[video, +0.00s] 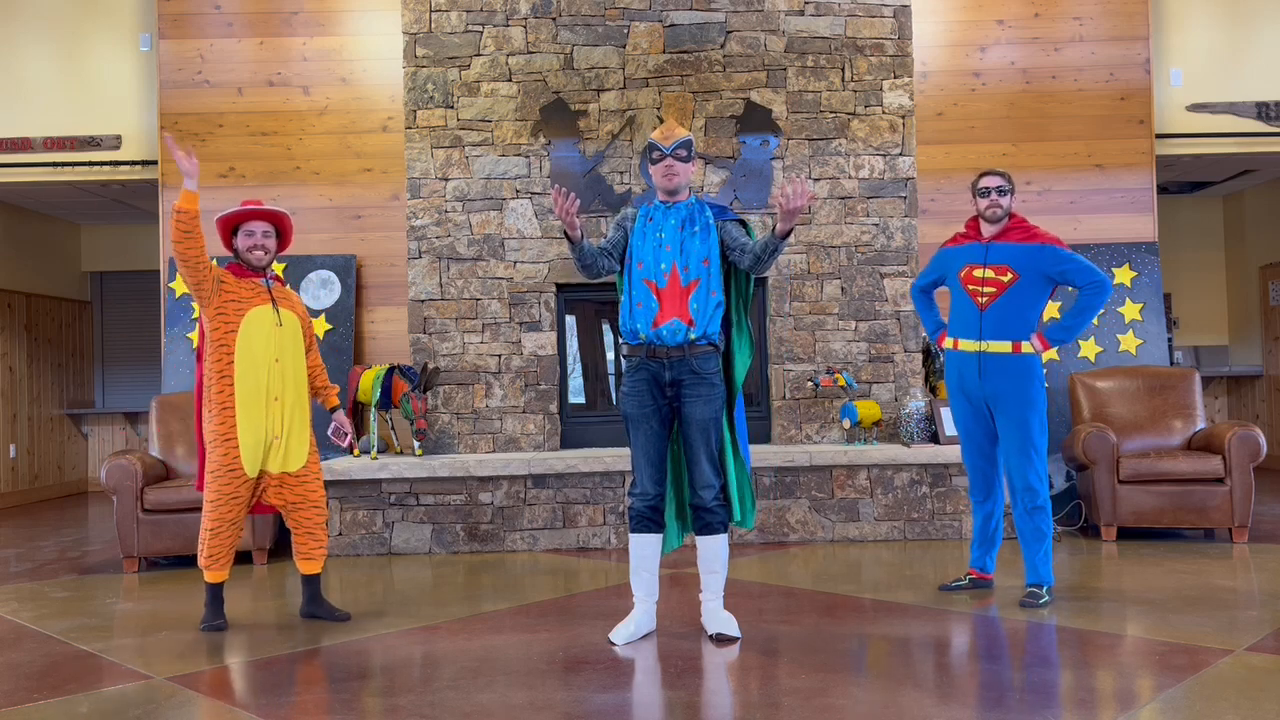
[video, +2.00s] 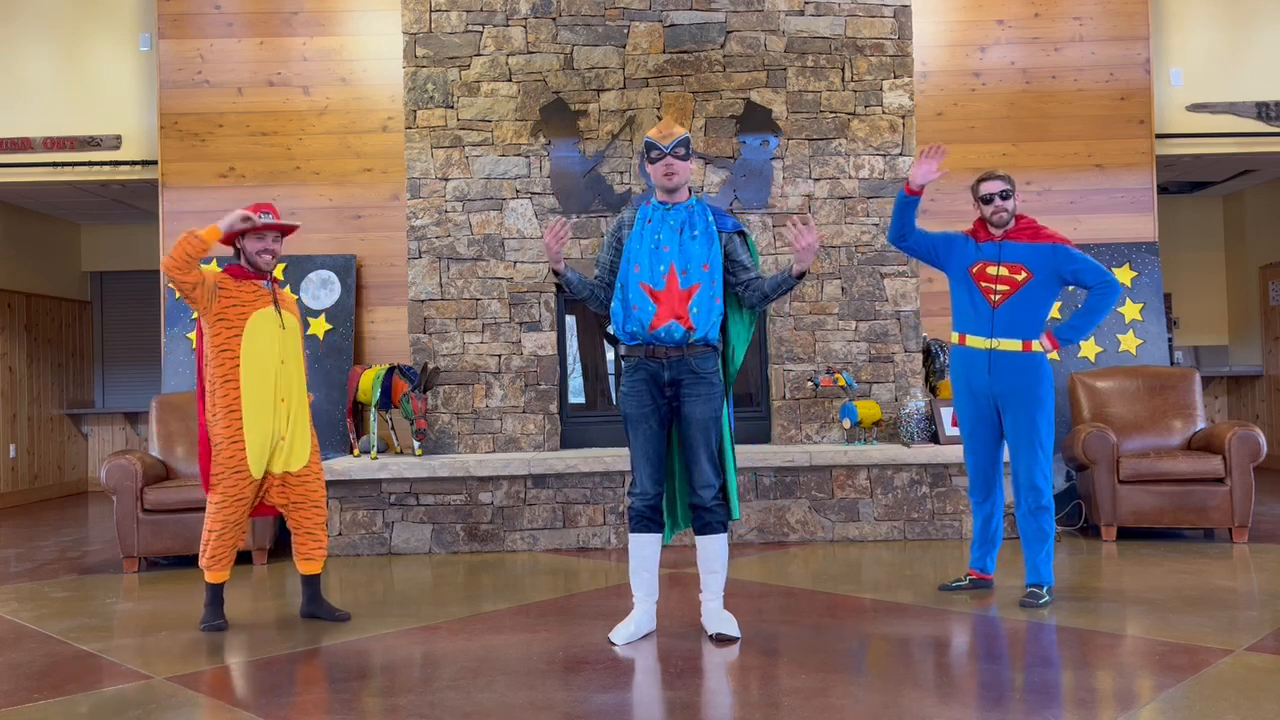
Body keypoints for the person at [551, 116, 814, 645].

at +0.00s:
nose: (671, 165)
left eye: (681, 157)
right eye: (661, 158)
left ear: (696, 166)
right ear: (648, 168)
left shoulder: (717, 217)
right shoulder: (632, 217)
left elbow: (752, 261)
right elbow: (597, 265)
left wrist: (781, 230)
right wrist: (576, 237)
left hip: (700, 365)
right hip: (642, 367)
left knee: (707, 485)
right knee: (646, 488)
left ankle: (714, 607)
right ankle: (644, 609)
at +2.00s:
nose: (670, 165)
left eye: (679, 156)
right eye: (659, 157)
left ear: (694, 165)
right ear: (646, 167)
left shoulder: (717, 222)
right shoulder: (628, 223)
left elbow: (751, 292)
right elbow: (599, 294)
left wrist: (798, 267)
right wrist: (560, 267)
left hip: (698, 365)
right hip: (639, 365)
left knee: (706, 485)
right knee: (646, 488)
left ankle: (714, 608)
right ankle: (643, 610)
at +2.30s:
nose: (671, 163)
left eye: (681, 155)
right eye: (660, 156)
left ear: (695, 164)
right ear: (647, 166)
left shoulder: (720, 221)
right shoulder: (628, 222)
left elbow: (745, 294)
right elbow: (601, 297)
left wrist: (778, 285)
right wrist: (571, 283)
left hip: (700, 365)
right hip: (640, 366)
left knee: (707, 485)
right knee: (646, 488)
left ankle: (714, 607)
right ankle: (643, 610)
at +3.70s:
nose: (684, 164)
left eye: (694, 157)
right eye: (673, 156)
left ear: (706, 168)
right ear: (659, 166)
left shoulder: (724, 221)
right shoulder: (641, 219)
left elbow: (745, 271)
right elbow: (620, 269)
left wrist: (759, 251)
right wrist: (614, 246)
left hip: (705, 365)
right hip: (646, 366)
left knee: (709, 485)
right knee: (649, 487)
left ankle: (713, 608)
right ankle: (644, 609)